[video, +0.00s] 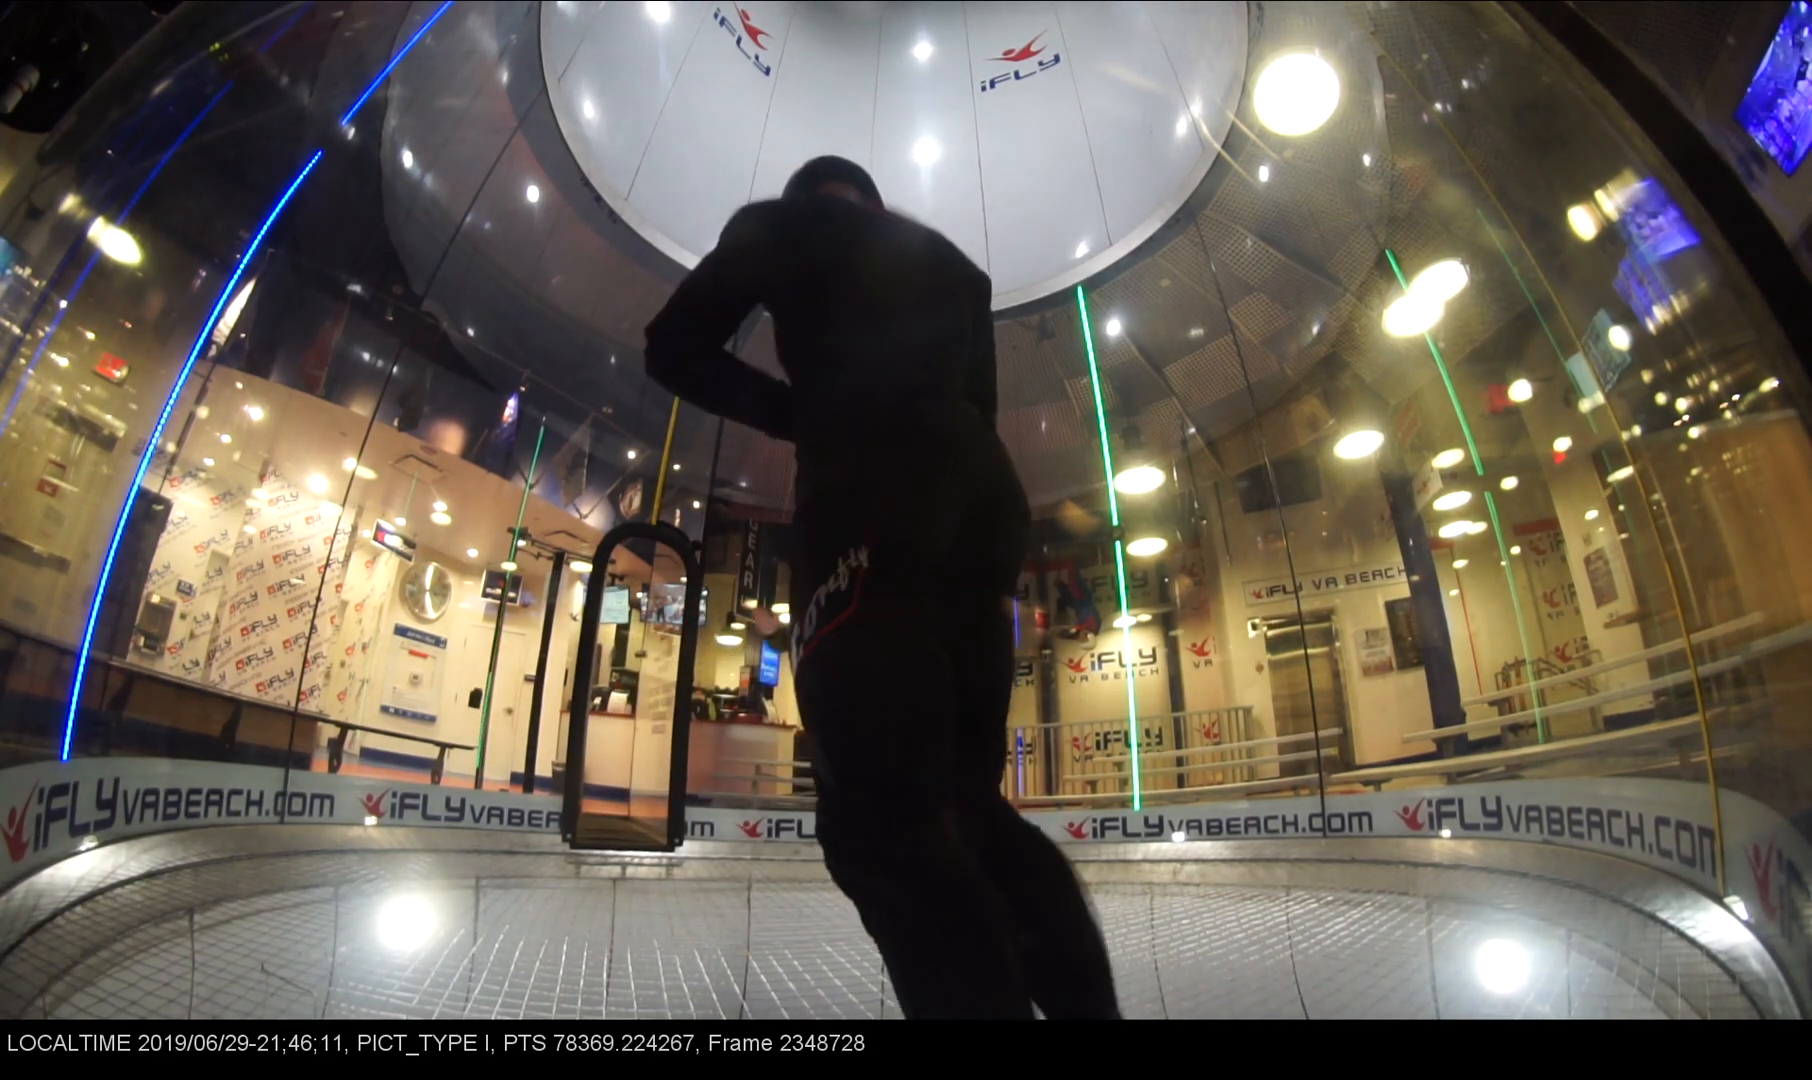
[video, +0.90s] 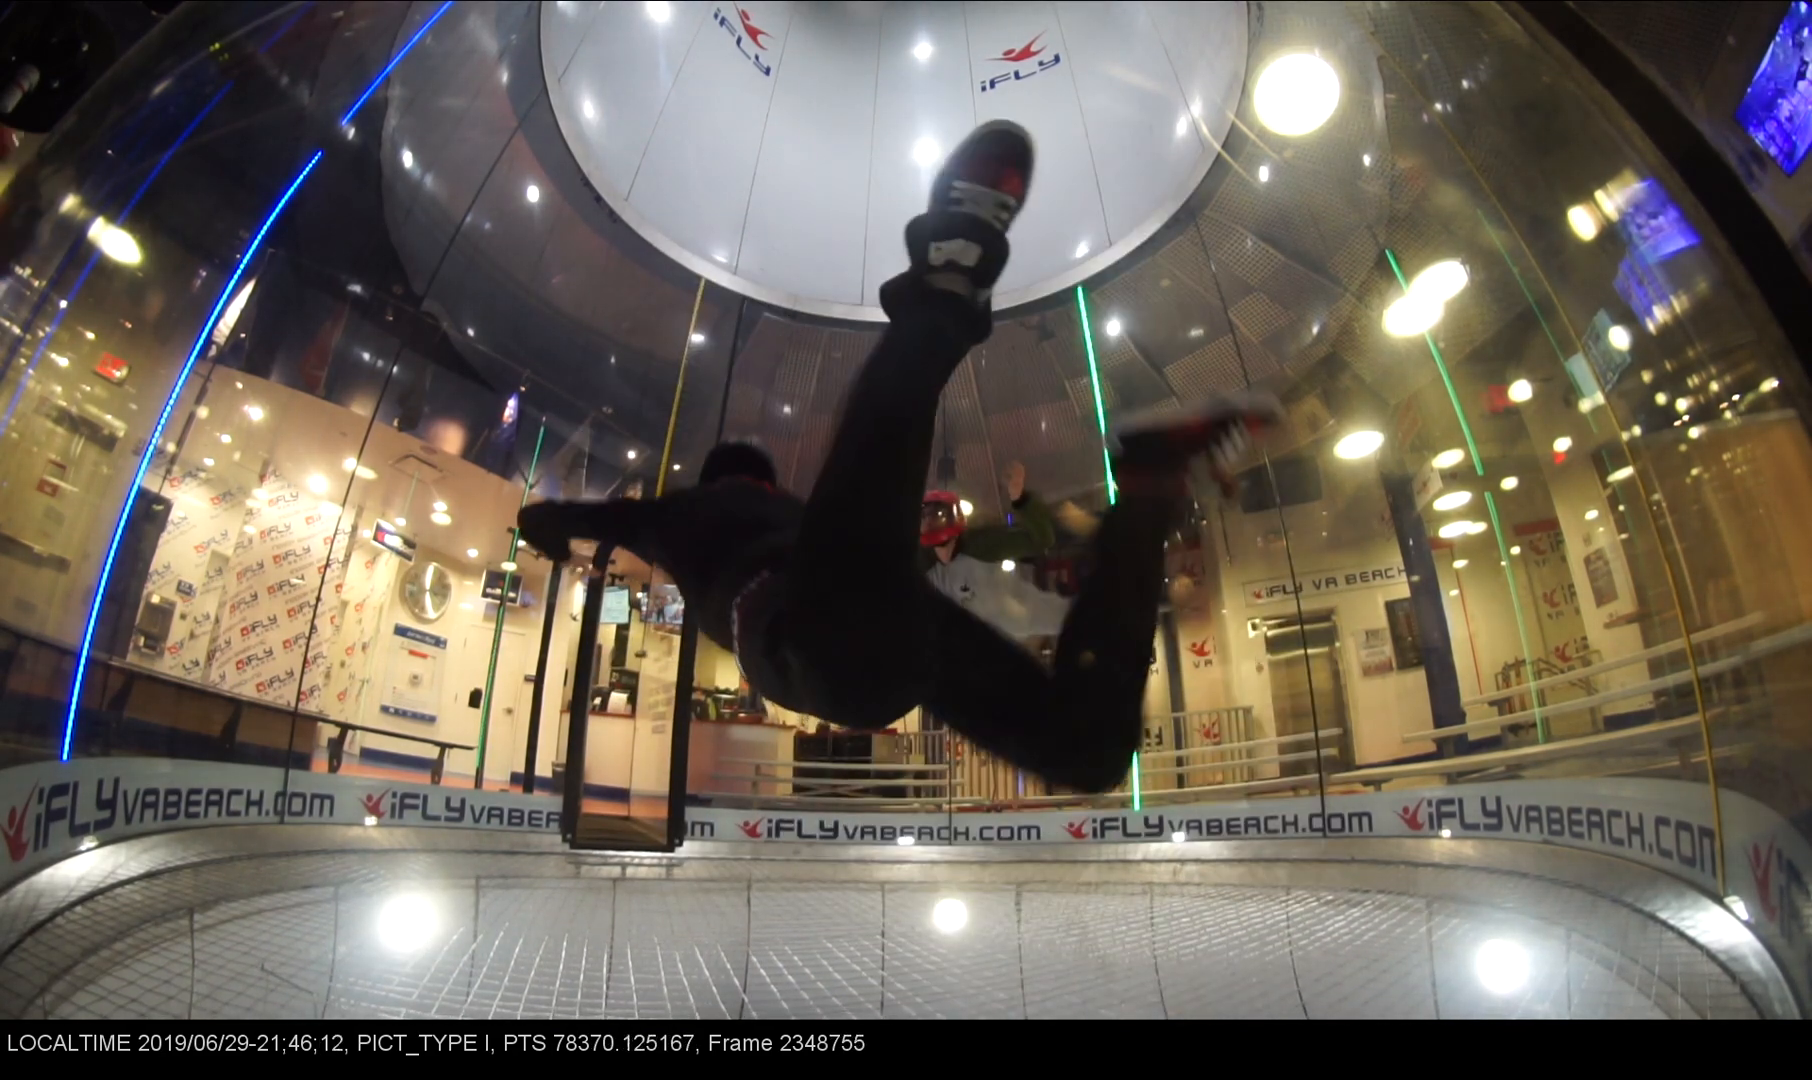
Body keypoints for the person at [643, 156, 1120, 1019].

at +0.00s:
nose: (807, 210)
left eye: (804, 201)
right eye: (818, 203)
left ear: (804, 197)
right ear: (874, 198)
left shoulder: (780, 222)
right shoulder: (955, 262)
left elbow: (676, 348)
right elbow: (976, 408)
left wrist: (801, 416)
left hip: (865, 509)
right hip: (984, 507)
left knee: (875, 822)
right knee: (969, 802)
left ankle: (983, 1006)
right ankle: (1086, 1002)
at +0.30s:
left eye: (801, 272)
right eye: (833, 277)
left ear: (798, 271)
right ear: (861, 277)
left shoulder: (769, 285)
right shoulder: (922, 336)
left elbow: (631, 383)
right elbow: (935, 461)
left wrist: (741, 448)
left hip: (847, 549)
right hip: (962, 550)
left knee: (821, 850)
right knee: (950, 828)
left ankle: (990, 1009)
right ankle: (1085, 1010)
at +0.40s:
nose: (785, 318)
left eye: (780, 307)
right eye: (806, 308)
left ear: (784, 297)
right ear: (849, 307)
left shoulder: (756, 316)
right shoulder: (906, 369)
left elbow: (604, 394)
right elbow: (918, 494)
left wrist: (705, 468)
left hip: (835, 586)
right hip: (942, 580)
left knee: (826, 861)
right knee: (945, 830)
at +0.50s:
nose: (772, 347)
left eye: (770, 335)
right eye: (785, 338)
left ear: (771, 328)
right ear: (828, 334)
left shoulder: (748, 351)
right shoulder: (882, 396)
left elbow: (583, 420)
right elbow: (906, 532)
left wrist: (676, 467)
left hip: (824, 605)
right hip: (913, 599)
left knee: (846, 844)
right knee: (966, 860)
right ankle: (1057, 1011)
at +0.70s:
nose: (767, 398)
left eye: (751, 393)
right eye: (769, 393)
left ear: (730, 389)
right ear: (786, 398)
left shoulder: (702, 416)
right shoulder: (836, 454)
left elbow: (552, 464)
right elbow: (911, 525)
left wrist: (620, 523)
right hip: (895, 683)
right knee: (908, 825)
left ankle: (1001, 296)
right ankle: (1156, 872)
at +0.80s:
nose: (769, 436)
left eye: (751, 430)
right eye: (766, 431)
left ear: (712, 437)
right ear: (770, 437)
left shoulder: (692, 463)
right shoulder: (801, 492)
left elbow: (541, 491)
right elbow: (887, 523)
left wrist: (603, 539)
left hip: (824, 595)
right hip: (872, 669)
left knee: (899, 448)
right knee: (977, 824)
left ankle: (974, 271)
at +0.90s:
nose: (773, 473)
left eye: (754, 470)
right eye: (768, 470)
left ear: (704, 480)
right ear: (773, 480)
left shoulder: (690, 509)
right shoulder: (805, 523)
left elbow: (570, 521)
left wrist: (544, 530)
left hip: (818, 641)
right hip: (902, 645)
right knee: (1085, 752)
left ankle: (946, 287)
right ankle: (1148, 495)